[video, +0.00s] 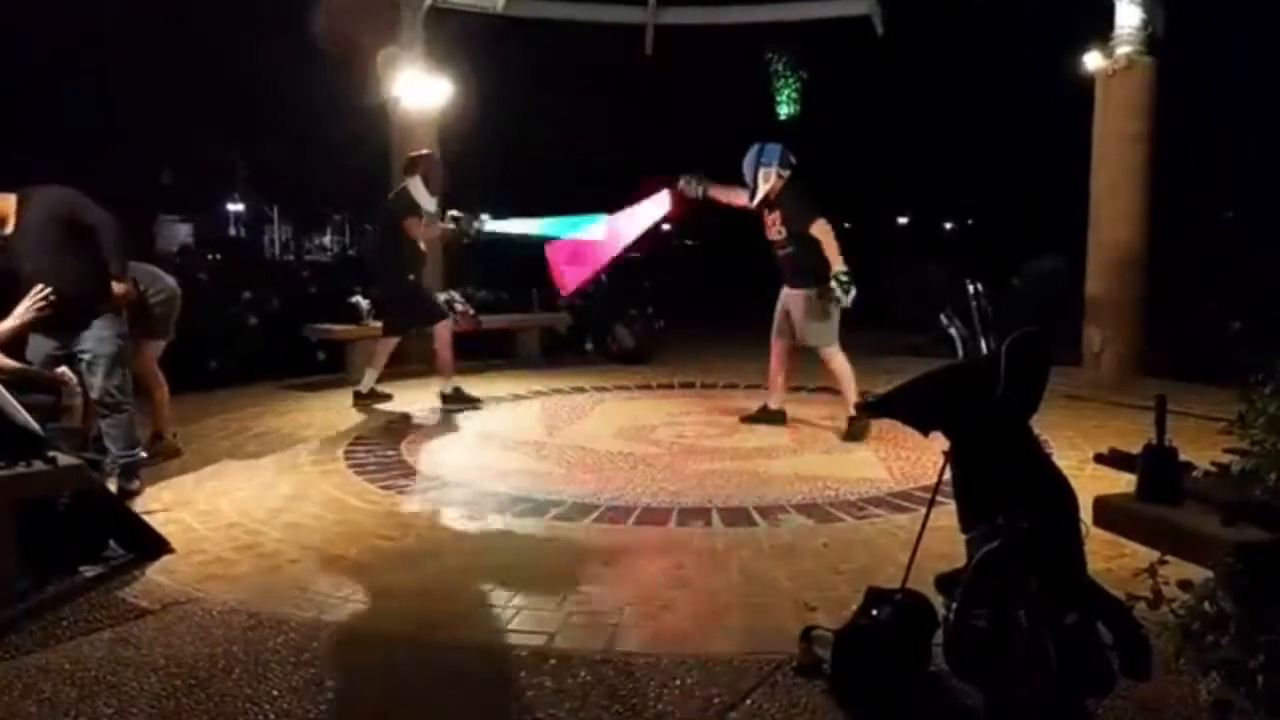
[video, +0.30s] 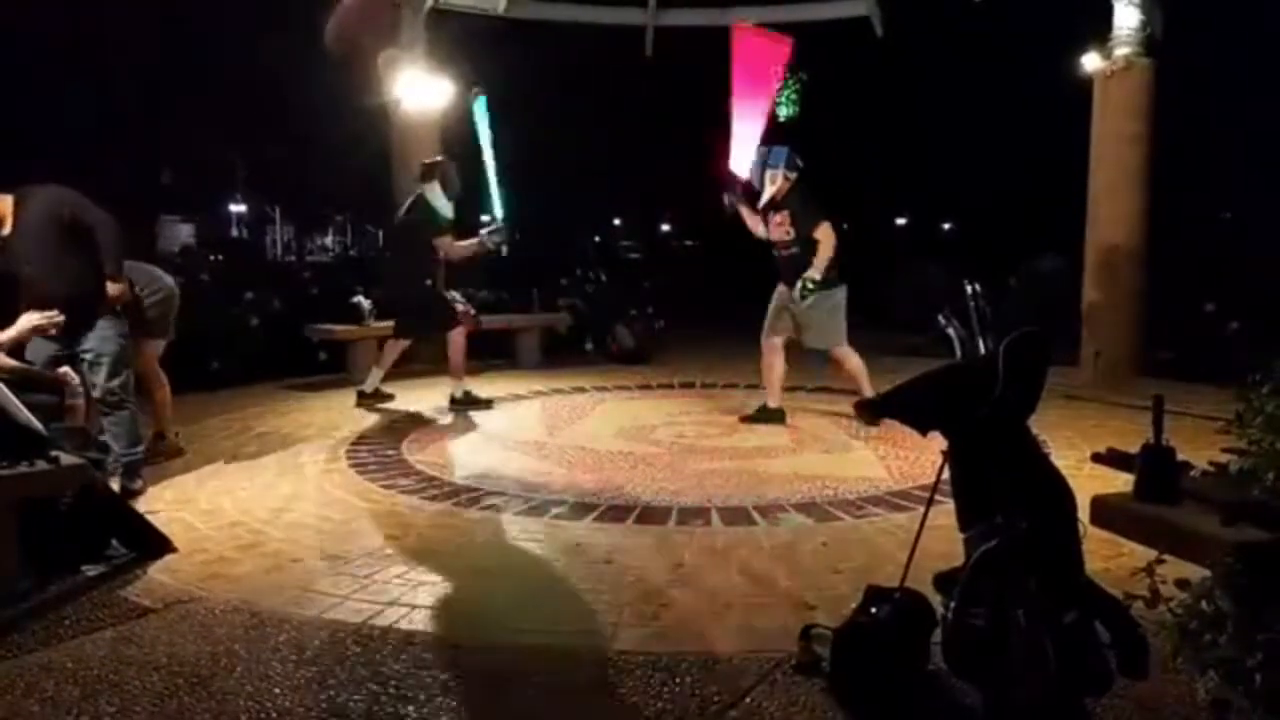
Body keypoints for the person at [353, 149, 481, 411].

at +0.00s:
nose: (439, 176)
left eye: (438, 170)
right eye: (434, 170)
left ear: (417, 173)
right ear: (421, 172)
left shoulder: (419, 199)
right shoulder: (402, 199)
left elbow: (426, 232)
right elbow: (419, 233)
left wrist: (448, 225)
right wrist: (448, 227)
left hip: (400, 280)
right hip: (400, 281)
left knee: (392, 332)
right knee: (442, 322)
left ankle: (365, 387)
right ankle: (449, 389)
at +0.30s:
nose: (457, 183)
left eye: (455, 177)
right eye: (453, 177)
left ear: (429, 178)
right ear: (442, 179)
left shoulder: (417, 203)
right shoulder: (431, 207)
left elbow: (443, 250)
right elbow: (451, 251)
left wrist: (479, 242)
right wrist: (483, 242)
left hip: (402, 284)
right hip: (418, 286)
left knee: (404, 332)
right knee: (457, 323)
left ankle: (369, 387)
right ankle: (459, 391)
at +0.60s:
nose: (440, 188)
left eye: (439, 182)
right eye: (436, 182)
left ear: (414, 183)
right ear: (422, 184)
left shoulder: (399, 207)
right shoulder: (406, 211)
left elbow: (440, 244)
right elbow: (449, 248)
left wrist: (484, 245)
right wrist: (488, 245)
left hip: (392, 284)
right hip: (404, 286)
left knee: (386, 336)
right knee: (438, 327)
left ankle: (354, 389)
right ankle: (456, 391)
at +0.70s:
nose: (434, 189)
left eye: (434, 182)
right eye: (431, 182)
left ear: (406, 181)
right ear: (420, 182)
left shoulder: (390, 204)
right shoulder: (400, 208)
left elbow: (422, 243)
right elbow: (430, 245)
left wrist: (460, 254)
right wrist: (467, 256)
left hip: (380, 281)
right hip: (393, 283)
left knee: (379, 336)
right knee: (421, 332)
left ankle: (353, 389)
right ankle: (449, 389)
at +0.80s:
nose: (430, 186)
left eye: (431, 179)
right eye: (427, 179)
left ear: (404, 178)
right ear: (414, 178)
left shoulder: (389, 201)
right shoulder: (396, 204)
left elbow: (415, 245)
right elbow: (417, 245)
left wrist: (449, 264)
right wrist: (452, 265)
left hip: (378, 280)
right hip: (387, 282)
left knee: (374, 335)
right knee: (412, 331)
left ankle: (352, 389)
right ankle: (431, 390)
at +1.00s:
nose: (428, 182)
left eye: (428, 175)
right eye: (425, 175)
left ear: (401, 175)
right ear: (413, 175)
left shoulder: (382, 199)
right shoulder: (393, 202)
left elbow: (405, 247)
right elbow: (403, 246)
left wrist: (430, 271)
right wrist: (431, 272)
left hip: (365, 275)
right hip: (377, 277)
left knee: (370, 332)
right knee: (409, 327)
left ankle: (351, 389)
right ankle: (406, 390)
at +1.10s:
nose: (427, 183)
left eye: (426, 176)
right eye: (423, 176)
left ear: (401, 177)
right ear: (411, 177)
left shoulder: (382, 200)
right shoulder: (392, 202)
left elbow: (403, 245)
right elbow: (403, 244)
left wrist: (430, 266)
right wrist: (432, 266)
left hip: (371, 277)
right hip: (382, 279)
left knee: (375, 332)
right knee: (423, 323)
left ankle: (352, 389)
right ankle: (413, 384)